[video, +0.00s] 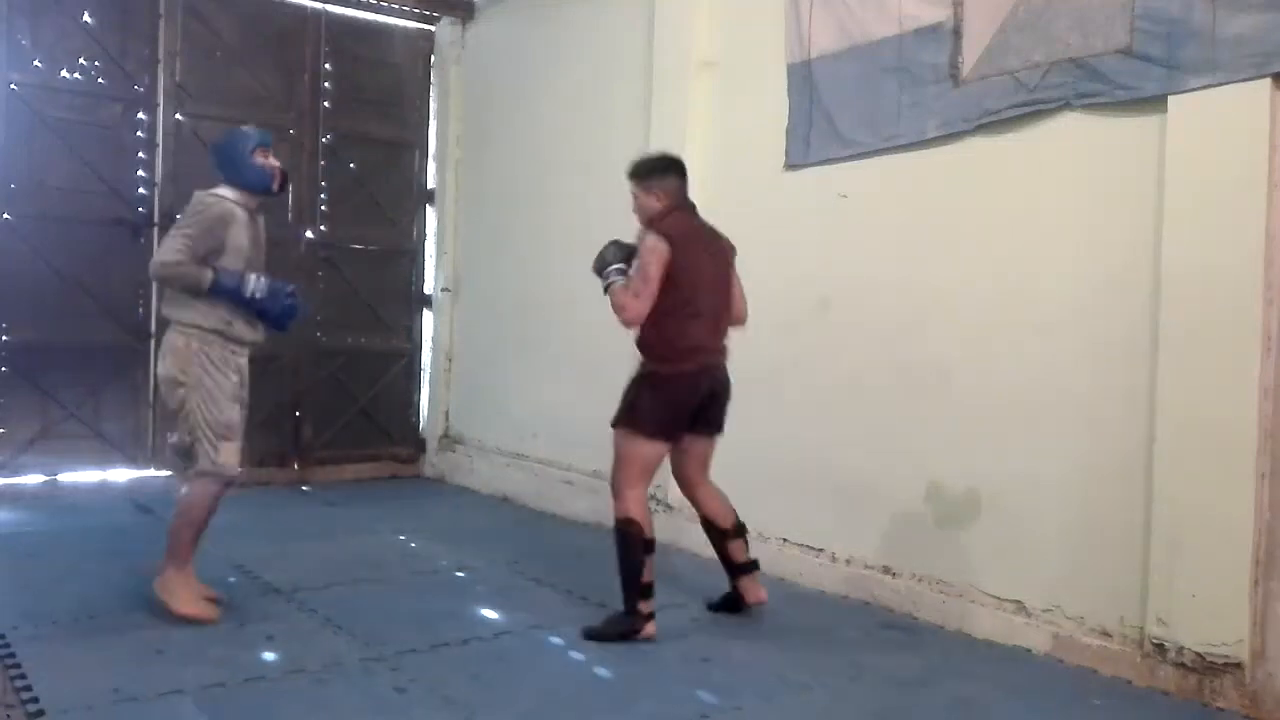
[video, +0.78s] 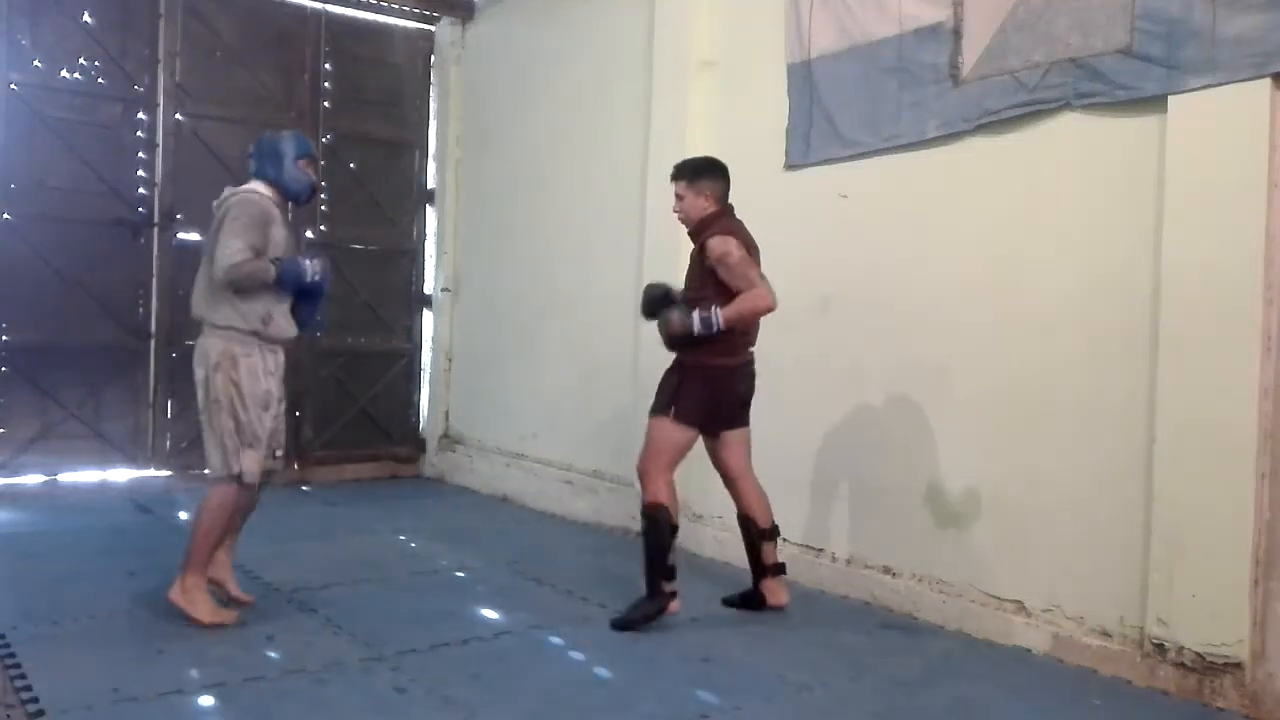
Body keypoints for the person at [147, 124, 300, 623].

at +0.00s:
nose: (276, 163)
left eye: (273, 154)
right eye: (264, 155)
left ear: (255, 163)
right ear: (240, 162)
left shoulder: (251, 218)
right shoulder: (216, 206)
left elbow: (235, 282)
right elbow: (165, 262)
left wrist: (268, 304)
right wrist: (238, 284)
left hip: (228, 349)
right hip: (199, 346)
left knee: (220, 467)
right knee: (215, 466)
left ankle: (181, 571)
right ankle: (173, 575)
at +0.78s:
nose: (313, 171)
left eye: (313, 163)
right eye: (304, 162)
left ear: (286, 168)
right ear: (277, 163)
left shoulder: (276, 215)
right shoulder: (251, 203)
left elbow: (263, 298)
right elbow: (232, 268)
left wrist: (300, 294)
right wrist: (292, 271)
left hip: (260, 351)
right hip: (233, 350)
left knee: (254, 471)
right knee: (236, 474)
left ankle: (218, 565)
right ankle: (189, 582)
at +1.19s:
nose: (355, 208)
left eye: (357, 199)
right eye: (350, 196)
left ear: (332, 196)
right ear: (325, 193)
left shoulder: (314, 240)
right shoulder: (283, 226)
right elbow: (250, 289)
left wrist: (342, 304)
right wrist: (317, 286)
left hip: (297, 363)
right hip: (278, 364)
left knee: (265, 473)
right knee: (319, 474)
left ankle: (207, 567)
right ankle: (298, 583)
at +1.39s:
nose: (379, 225)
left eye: (383, 217)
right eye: (374, 213)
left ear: (362, 215)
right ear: (352, 208)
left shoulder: (338, 252)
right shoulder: (309, 246)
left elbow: (335, 322)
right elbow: (327, 309)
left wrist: (371, 344)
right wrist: (373, 271)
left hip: (334, 381)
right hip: (314, 382)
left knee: (323, 491)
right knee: (341, 488)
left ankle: (254, 548)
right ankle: (320, 594)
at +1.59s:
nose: (409, 217)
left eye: (413, 209)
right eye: (404, 206)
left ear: (406, 211)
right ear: (379, 203)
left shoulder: (387, 246)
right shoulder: (341, 236)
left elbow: (381, 311)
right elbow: (347, 305)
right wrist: (392, 271)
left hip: (372, 368)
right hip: (331, 368)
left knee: (400, 467)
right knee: (342, 479)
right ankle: (300, 584)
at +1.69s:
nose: (417, 236)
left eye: (421, 228)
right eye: (412, 225)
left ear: (414, 231)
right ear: (386, 222)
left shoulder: (398, 268)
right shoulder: (349, 255)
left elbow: (430, 329)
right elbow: (382, 313)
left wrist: (420, 332)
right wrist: (419, 269)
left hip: (386, 390)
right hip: (340, 387)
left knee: (421, 478)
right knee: (344, 490)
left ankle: (436, 554)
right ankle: (296, 591)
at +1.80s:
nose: (430, 239)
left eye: (434, 230)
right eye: (423, 228)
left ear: (433, 231)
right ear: (400, 225)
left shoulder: (431, 269)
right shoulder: (364, 257)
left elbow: (450, 332)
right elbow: (382, 314)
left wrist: (434, 350)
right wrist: (444, 291)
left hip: (411, 379)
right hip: (362, 379)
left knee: (434, 471)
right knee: (342, 479)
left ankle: (435, 553)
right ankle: (303, 580)